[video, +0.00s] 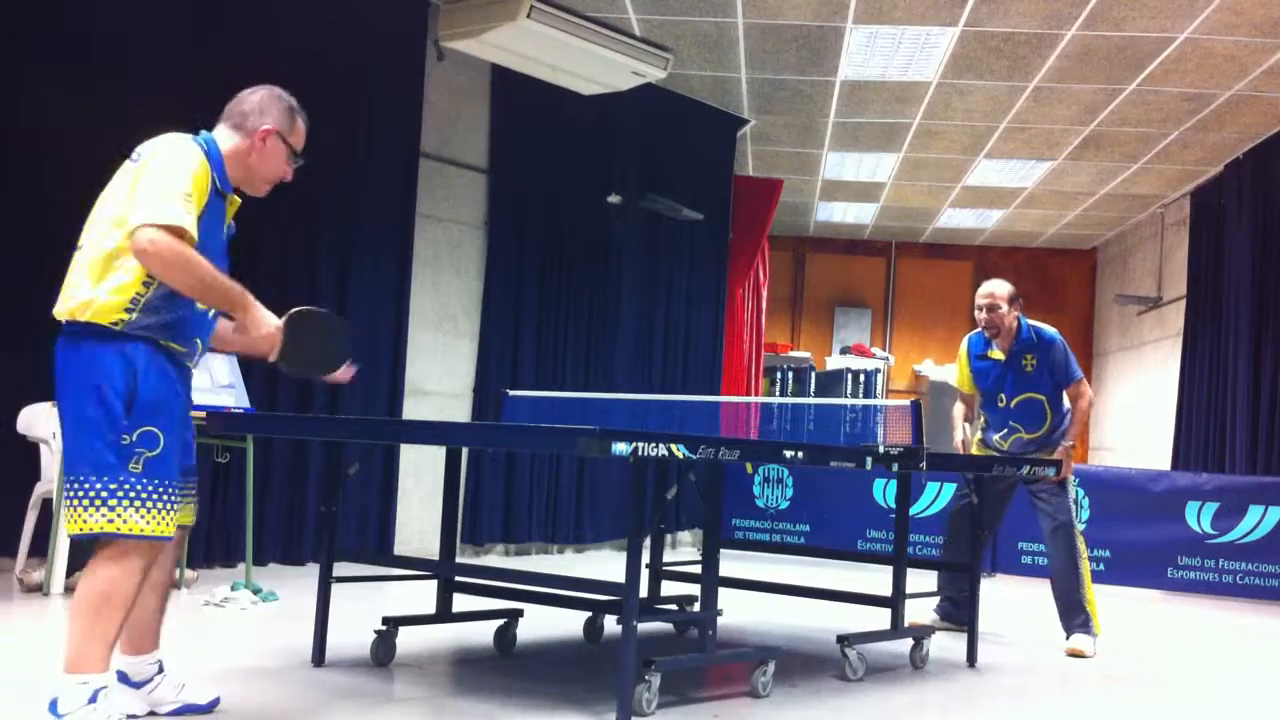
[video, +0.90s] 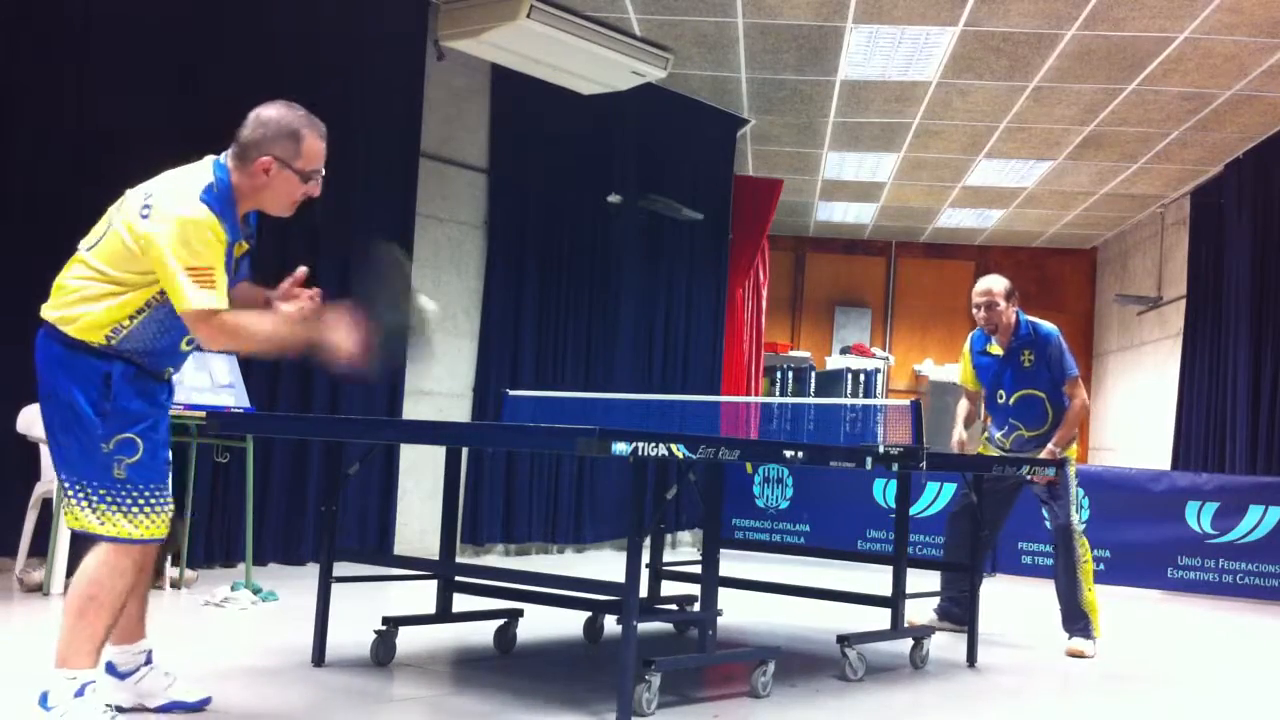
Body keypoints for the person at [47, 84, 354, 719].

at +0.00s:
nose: (290, 173)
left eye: (296, 161)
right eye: (292, 155)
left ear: (258, 141)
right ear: (260, 137)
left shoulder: (214, 208)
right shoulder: (179, 155)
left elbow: (196, 323)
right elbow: (155, 244)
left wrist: (299, 352)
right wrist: (247, 309)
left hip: (158, 365)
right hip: (113, 354)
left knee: (165, 527)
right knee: (131, 532)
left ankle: (137, 674)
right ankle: (78, 691)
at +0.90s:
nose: (316, 190)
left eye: (319, 176)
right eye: (308, 175)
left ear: (265, 165)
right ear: (264, 166)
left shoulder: (232, 205)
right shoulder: (189, 211)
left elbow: (215, 287)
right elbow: (212, 328)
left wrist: (272, 301)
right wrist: (303, 330)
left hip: (130, 361)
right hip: (89, 356)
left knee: (146, 522)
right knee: (131, 527)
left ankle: (127, 668)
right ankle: (67, 689)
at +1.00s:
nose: (323, 188)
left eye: (326, 174)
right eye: (319, 172)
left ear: (270, 160)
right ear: (278, 162)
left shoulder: (212, 187)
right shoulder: (219, 220)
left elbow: (170, 288)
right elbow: (222, 344)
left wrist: (247, 302)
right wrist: (260, 400)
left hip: (116, 358)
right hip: (102, 360)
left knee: (143, 525)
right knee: (146, 533)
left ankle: (113, 666)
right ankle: (67, 688)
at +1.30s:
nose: (323, 179)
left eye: (326, 167)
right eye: (322, 164)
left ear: (261, 152)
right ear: (294, 157)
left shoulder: (180, 189)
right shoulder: (276, 219)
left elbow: (105, 264)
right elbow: (258, 342)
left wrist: (157, 317)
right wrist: (228, 387)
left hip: (96, 354)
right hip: (173, 368)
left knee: (126, 522)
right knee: (241, 525)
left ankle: (90, 673)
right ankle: (158, 661)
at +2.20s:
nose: (338, 208)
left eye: (340, 193)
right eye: (334, 192)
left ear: (288, 187)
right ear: (302, 189)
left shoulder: (211, 227)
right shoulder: (250, 260)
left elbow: (143, 313)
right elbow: (220, 378)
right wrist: (334, 390)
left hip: (135, 417)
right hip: (192, 424)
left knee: (191, 543)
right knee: (312, 547)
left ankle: (80, 671)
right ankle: (254, 703)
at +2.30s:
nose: (325, 201)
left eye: (326, 188)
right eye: (321, 187)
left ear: (273, 183)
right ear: (288, 186)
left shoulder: (195, 223)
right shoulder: (258, 275)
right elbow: (341, 357)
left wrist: (373, 342)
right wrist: (445, 353)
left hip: (128, 416)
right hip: (183, 423)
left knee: (188, 544)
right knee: (308, 545)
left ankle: (78, 672)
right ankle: (255, 703)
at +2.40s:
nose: (317, 182)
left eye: (318, 169)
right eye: (313, 168)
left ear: (252, 162)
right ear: (284, 169)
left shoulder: (177, 210)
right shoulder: (274, 250)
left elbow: (142, 304)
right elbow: (377, 302)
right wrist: (475, 289)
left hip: (111, 404)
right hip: (183, 416)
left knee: (161, 526)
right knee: (300, 545)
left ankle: (73, 670)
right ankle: (254, 703)